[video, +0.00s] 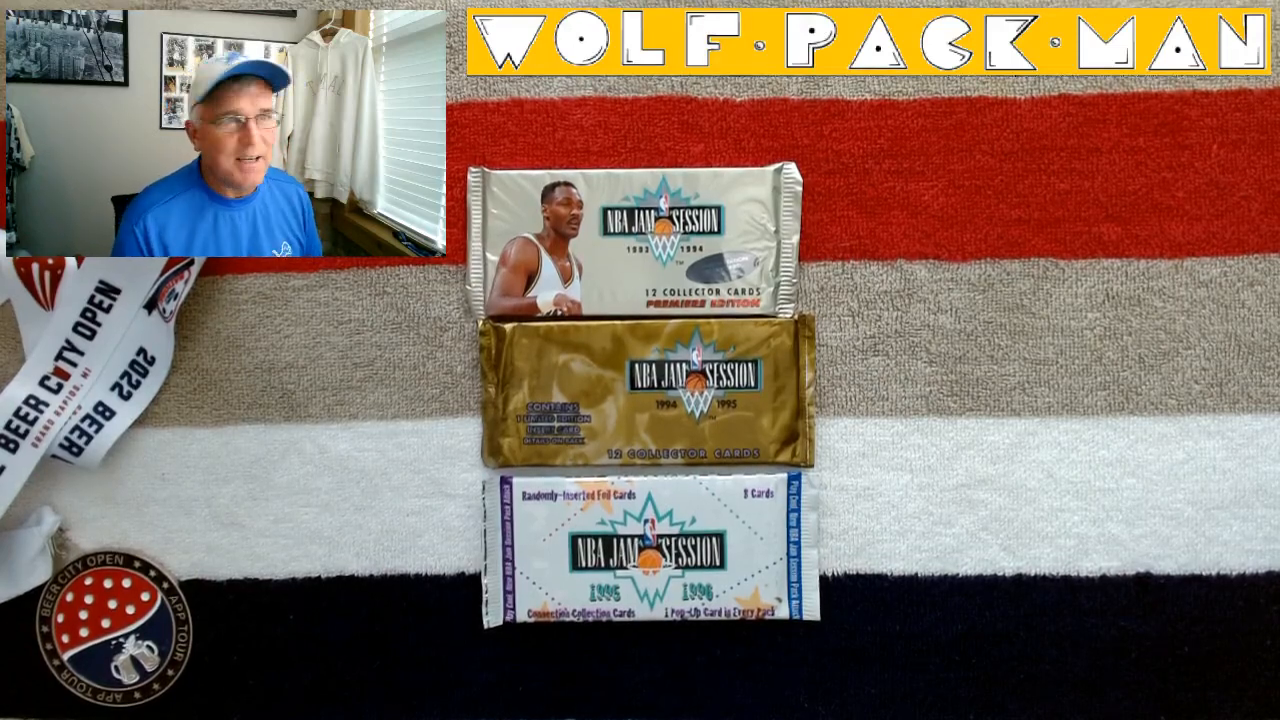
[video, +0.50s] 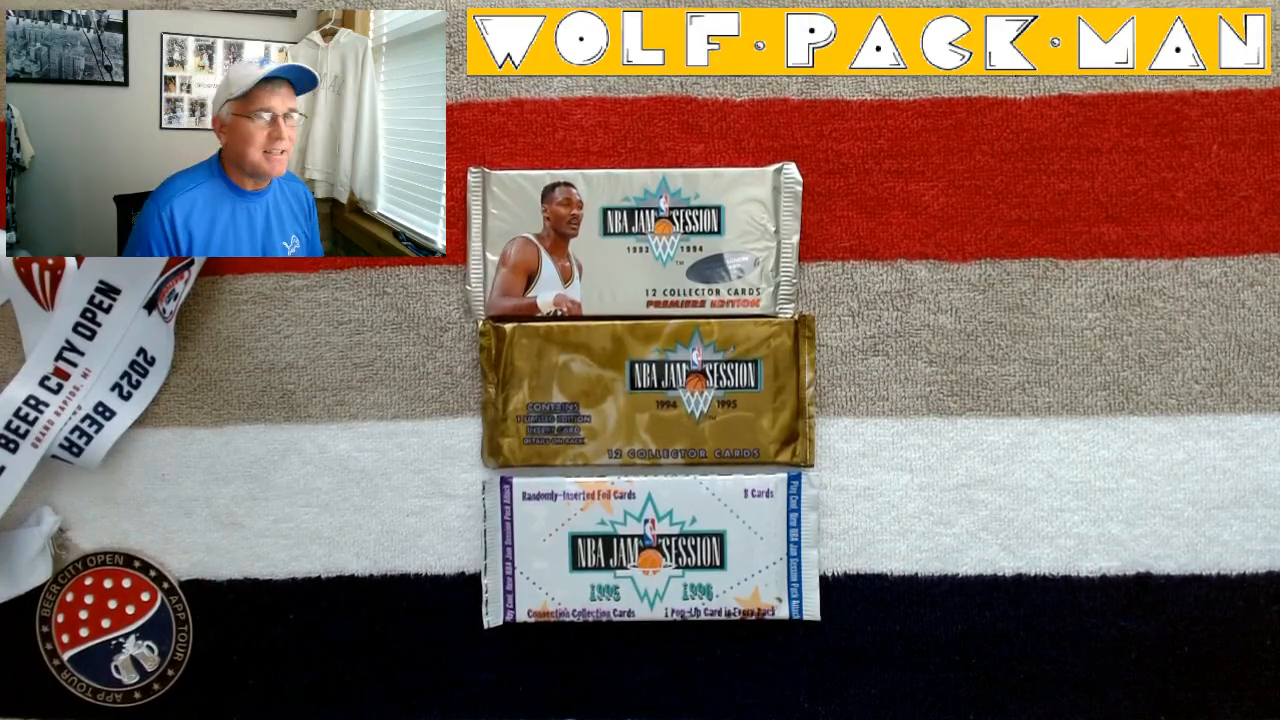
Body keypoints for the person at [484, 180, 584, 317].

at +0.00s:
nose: (576, 213)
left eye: (580, 206)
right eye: (566, 205)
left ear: (583, 211)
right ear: (545, 211)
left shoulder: (575, 265)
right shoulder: (521, 250)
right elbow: (494, 307)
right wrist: (551, 301)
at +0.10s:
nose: (576, 213)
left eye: (580, 207)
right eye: (566, 205)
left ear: (583, 211)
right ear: (545, 211)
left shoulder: (575, 266)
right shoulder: (521, 249)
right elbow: (494, 307)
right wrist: (550, 301)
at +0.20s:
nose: (576, 213)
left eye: (580, 207)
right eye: (566, 205)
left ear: (583, 211)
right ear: (546, 211)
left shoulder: (575, 266)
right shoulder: (521, 250)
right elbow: (494, 308)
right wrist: (550, 301)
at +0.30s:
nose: (576, 213)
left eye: (580, 207)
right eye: (566, 205)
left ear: (583, 211)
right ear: (545, 211)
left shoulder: (575, 266)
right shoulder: (521, 250)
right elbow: (494, 308)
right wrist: (550, 301)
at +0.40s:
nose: (576, 213)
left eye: (580, 207)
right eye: (566, 205)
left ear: (583, 211)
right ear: (545, 211)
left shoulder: (575, 266)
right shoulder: (521, 250)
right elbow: (494, 308)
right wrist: (550, 301)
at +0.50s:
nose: (576, 213)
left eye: (580, 207)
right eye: (566, 205)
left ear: (583, 211)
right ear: (545, 211)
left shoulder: (575, 266)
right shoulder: (521, 249)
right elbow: (494, 307)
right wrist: (550, 301)